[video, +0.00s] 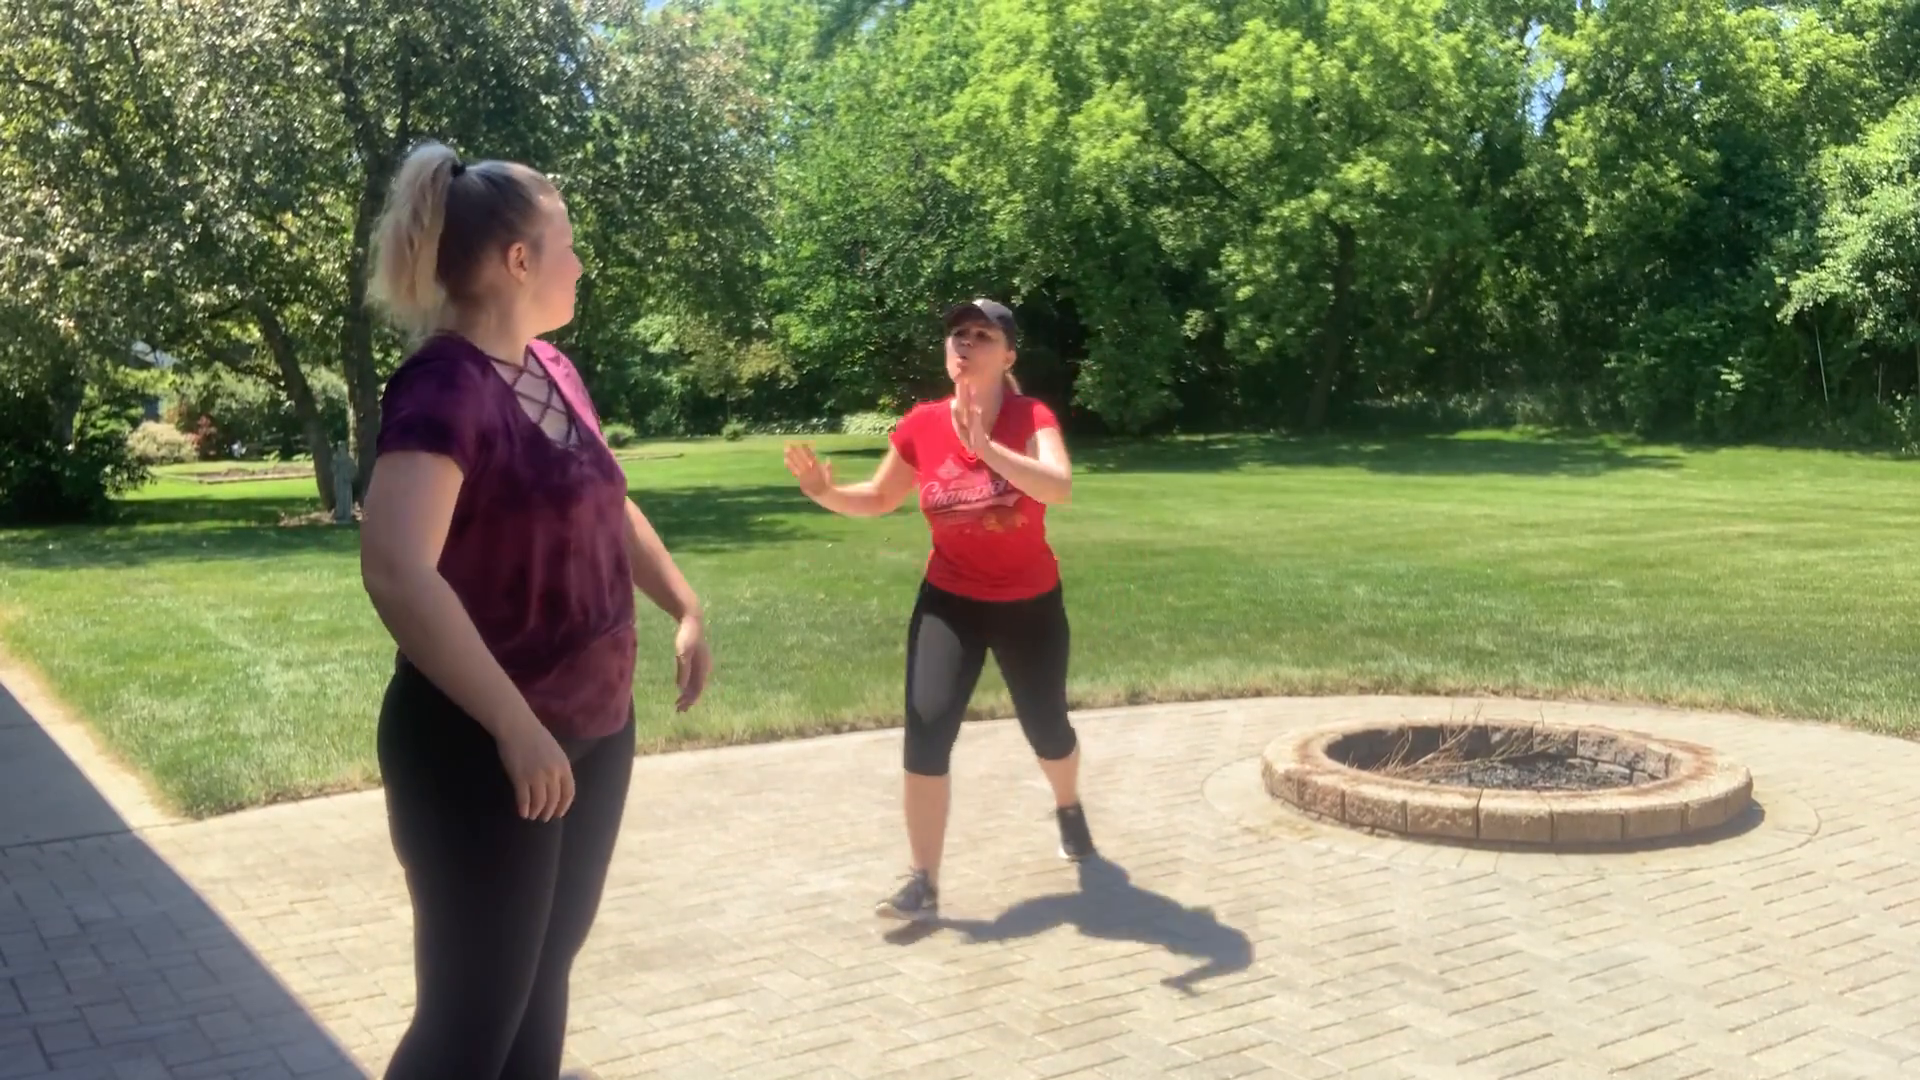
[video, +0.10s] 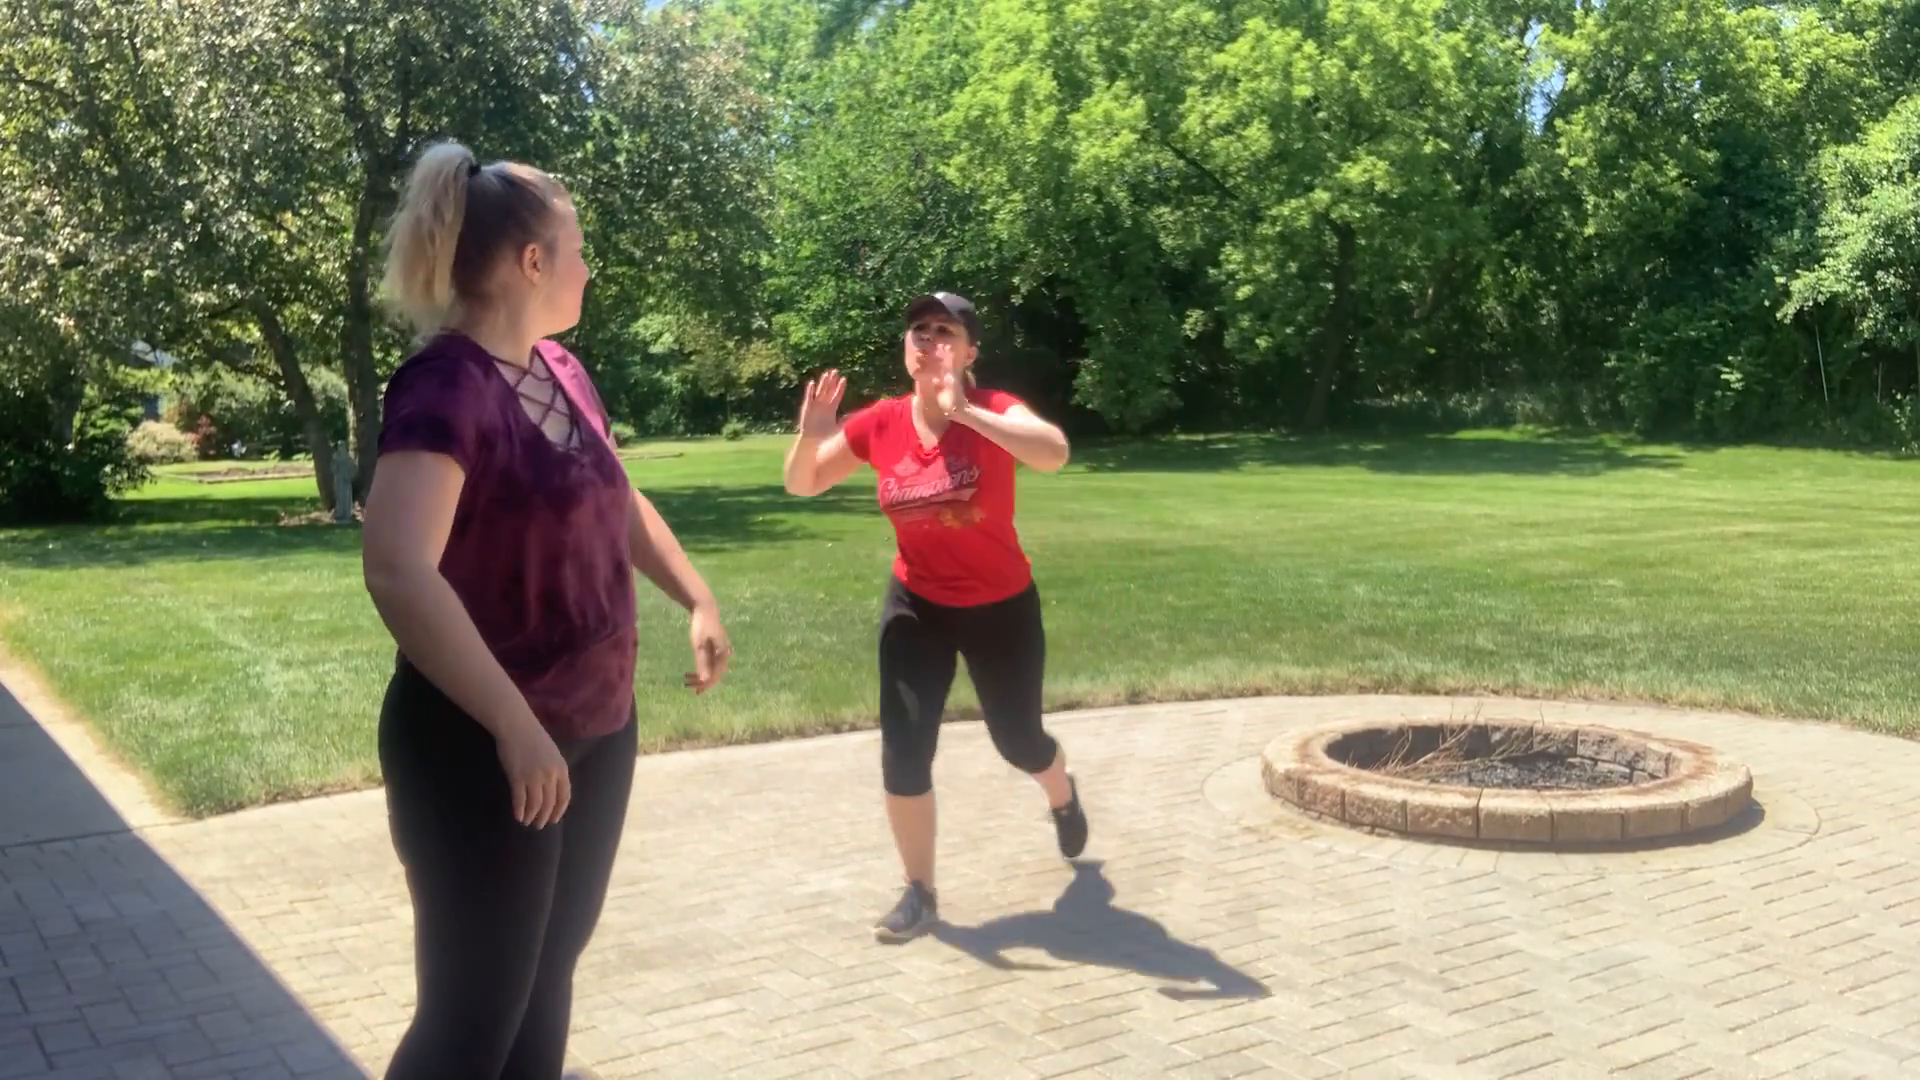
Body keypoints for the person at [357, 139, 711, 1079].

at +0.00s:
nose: (579, 259)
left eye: (572, 240)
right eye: (565, 242)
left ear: (514, 262)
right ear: (517, 261)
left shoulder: (553, 365)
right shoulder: (447, 384)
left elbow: (607, 504)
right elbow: (395, 566)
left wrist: (685, 604)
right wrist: (519, 726)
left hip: (588, 732)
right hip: (482, 744)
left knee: (542, 991)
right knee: (468, 1024)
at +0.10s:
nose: (587, 268)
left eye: (582, 248)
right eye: (576, 250)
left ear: (525, 263)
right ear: (529, 263)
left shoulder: (560, 365)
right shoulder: (446, 386)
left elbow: (614, 497)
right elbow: (397, 569)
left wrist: (697, 594)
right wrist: (516, 726)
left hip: (592, 730)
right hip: (481, 742)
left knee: (546, 989)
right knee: (468, 1025)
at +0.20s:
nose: (594, 273)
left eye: (590, 253)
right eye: (585, 254)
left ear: (533, 265)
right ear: (540, 264)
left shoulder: (565, 368)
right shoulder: (445, 390)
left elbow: (610, 512)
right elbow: (411, 584)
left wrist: (696, 610)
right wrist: (513, 740)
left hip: (592, 735)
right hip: (476, 745)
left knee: (546, 988)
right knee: (470, 1023)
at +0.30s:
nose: (599, 273)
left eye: (596, 254)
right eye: (593, 254)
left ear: (536, 267)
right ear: (554, 263)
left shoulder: (565, 369)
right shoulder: (449, 390)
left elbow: (593, 544)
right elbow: (426, 592)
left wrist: (680, 635)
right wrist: (509, 750)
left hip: (591, 733)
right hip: (478, 742)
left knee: (546, 990)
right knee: (471, 1022)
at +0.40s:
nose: (607, 284)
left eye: (606, 264)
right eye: (602, 263)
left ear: (537, 268)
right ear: (559, 266)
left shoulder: (570, 376)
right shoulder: (456, 387)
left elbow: (585, 557)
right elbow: (433, 592)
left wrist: (656, 665)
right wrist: (507, 755)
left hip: (590, 732)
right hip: (481, 738)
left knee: (546, 998)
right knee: (471, 1022)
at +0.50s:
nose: (618, 281)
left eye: (616, 262)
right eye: (611, 261)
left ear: (556, 267)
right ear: (562, 267)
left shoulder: (573, 375)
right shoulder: (465, 381)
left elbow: (585, 550)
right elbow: (431, 583)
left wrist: (643, 662)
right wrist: (500, 749)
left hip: (585, 730)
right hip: (479, 738)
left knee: (547, 992)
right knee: (472, 1016)